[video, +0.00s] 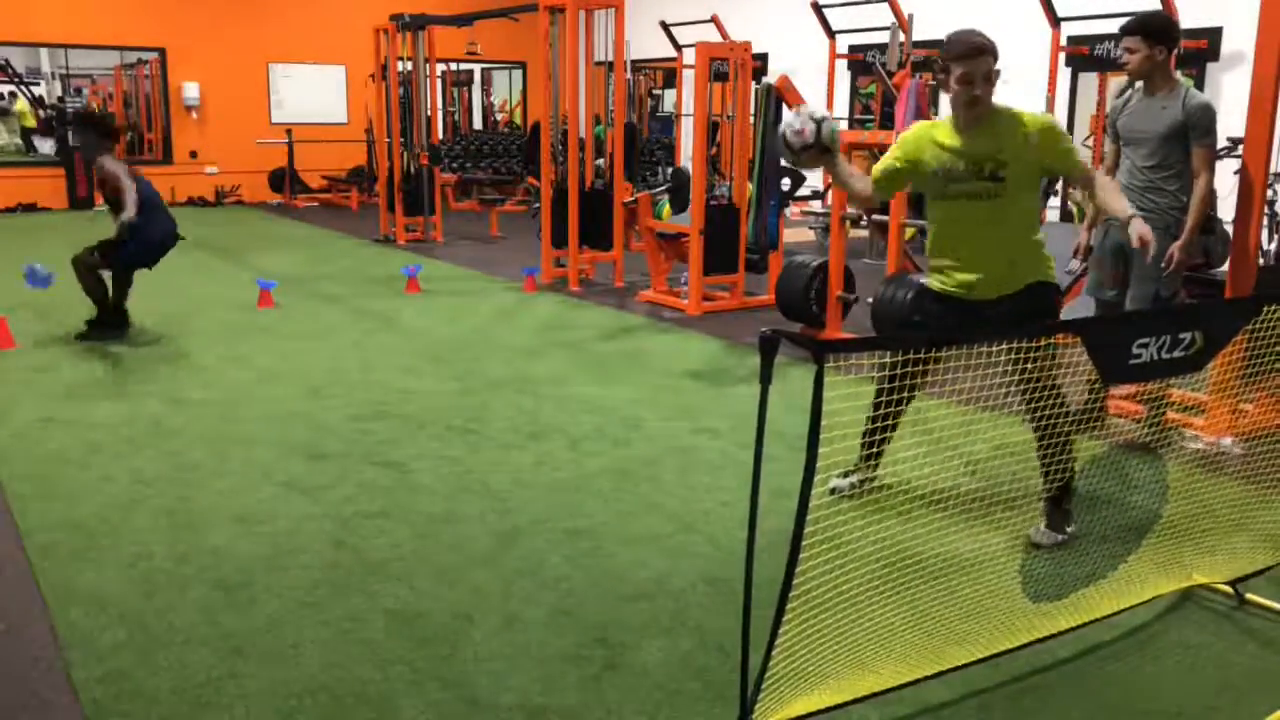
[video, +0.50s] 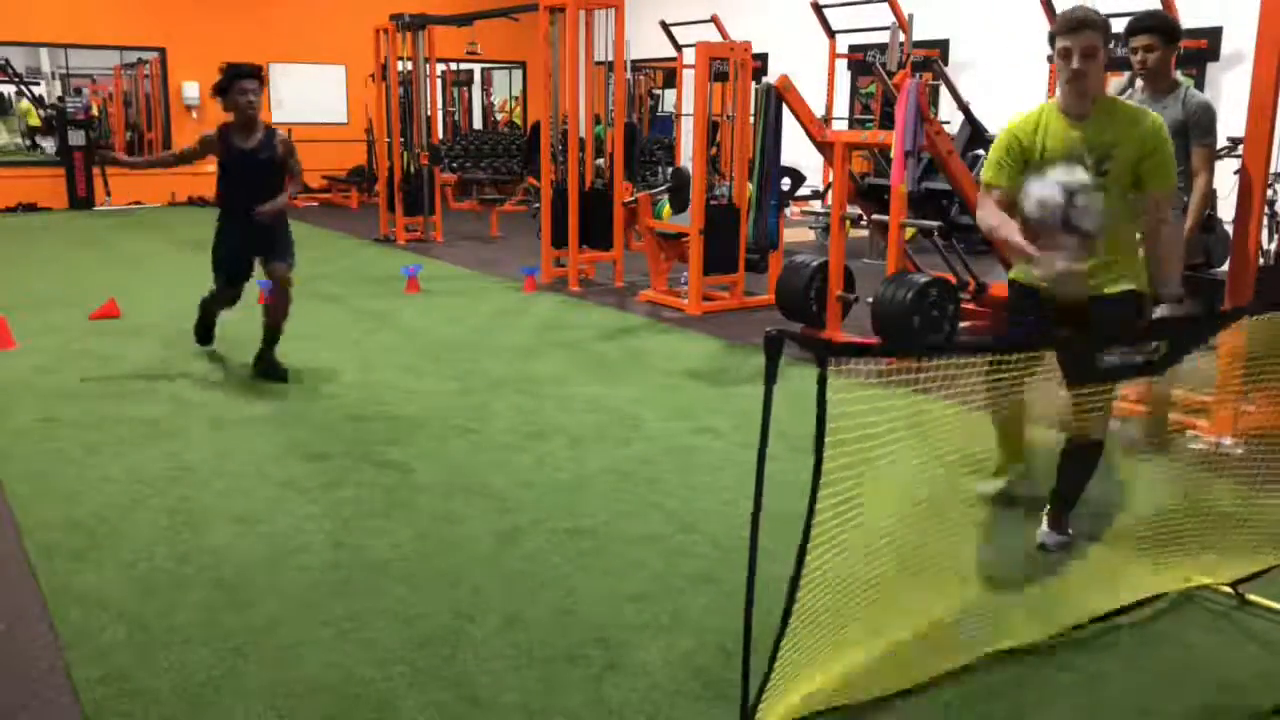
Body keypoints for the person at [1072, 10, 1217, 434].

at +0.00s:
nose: (1123, 58)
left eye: (1131, 51)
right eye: (1123, 51)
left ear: (1162, 54)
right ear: (1139, 55)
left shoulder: (1195, 106)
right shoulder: (1122, 101)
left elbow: (1203, 178)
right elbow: (1108, 168)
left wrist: (1186, 239)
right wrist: (1089, 225)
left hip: (1162, 230)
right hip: (1115, 224)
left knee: (1143, 319)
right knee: (1103, 314)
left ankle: (1151, 416)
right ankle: (1095, 402)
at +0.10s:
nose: (1131, 59)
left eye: (1142, 51)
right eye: (1128, 51)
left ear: (1169, 52)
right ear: (1126, 54)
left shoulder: (1195, 107)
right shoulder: (1121, 100)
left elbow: (1203, 177)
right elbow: (1108, 167)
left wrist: (1186, 239)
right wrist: (1089, 225)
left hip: (1164, 234)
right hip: (1115, 228)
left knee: (1146, 324)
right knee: (1103, 320)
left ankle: (1153, 421)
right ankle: (1095, 409)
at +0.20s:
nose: (1139, 59)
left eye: (1148, 51)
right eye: (1133, 52)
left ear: (1172, 51)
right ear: (1127, 54)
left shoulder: (1195, 107)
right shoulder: (1121, 100)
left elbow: (1203, 177)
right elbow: (1108, 166)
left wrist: (1186, 238)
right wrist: (1089, 227)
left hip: (1163, 233)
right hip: (1115, 226)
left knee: (1154, 325)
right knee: (1101, 316)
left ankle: (1157, 427)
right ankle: (1094, 413)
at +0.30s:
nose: (1140, 59)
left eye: (1149, 50)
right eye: (1134, 52)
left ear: (1171, 51)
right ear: (1127, 55)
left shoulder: (1194, 106)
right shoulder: (1121, 101)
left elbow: (1202, 177)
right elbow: (1110, 160)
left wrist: (1186, 238)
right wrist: (1102, 214)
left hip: (1168, 226)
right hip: (1120, 220)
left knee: (1165, 323)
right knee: (1106, 315)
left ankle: (1158, 412)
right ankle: (1093, 401)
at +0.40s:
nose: (1140, 59)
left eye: (1150, 50)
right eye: (1134, 52)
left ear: (1172, 51)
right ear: (1129, 55)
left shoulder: (1195, 106)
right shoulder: (1123, 102)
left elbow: (1202, 177)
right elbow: (1112, 165)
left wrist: (1184, 241)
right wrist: (1106, 221)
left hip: (1170, 226)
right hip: (1127, 221)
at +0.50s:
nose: (1140, 59)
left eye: (1149, 50)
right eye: (1134, 51)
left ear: (1173, 51)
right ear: (1128, 54)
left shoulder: (1195, 106)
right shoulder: (1125, 102)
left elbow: (1202, 175)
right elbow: (1112, 168)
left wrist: (1186, 233)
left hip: (1173, 220)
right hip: (1128, 218)